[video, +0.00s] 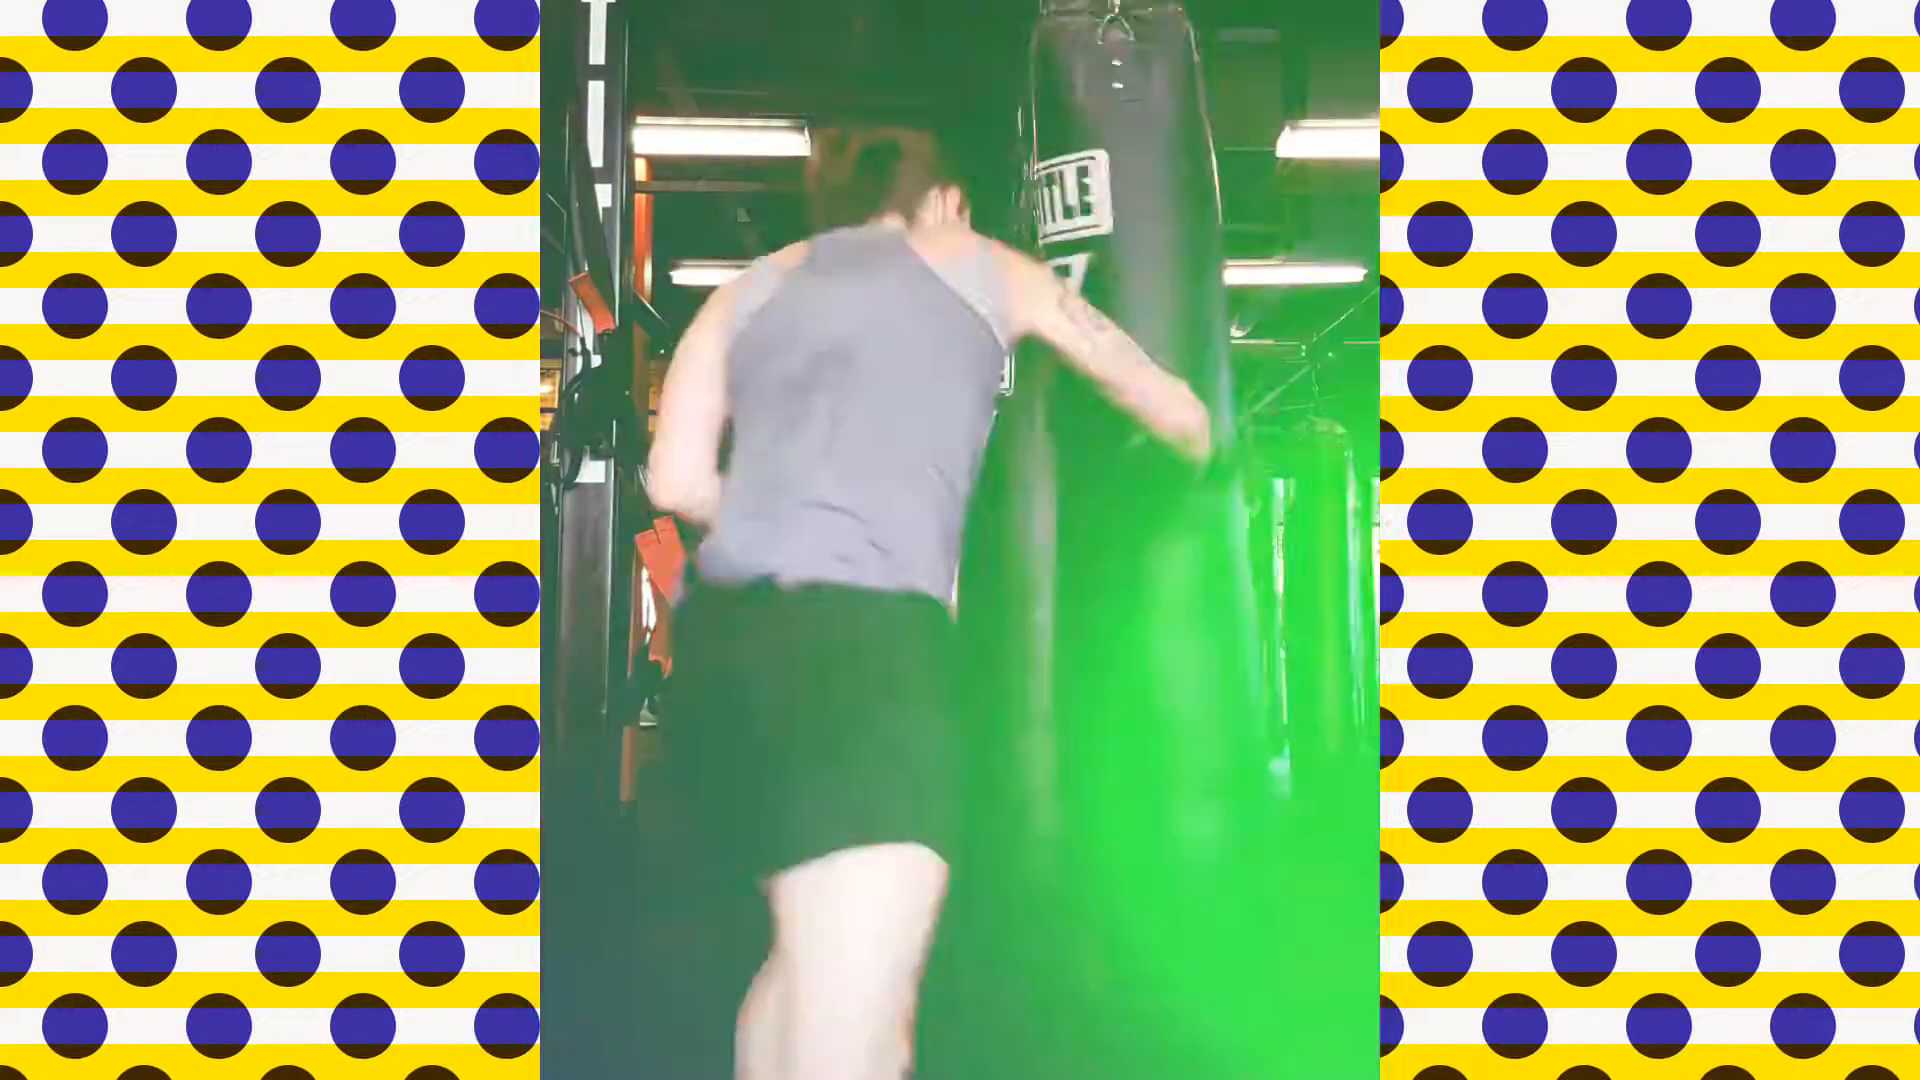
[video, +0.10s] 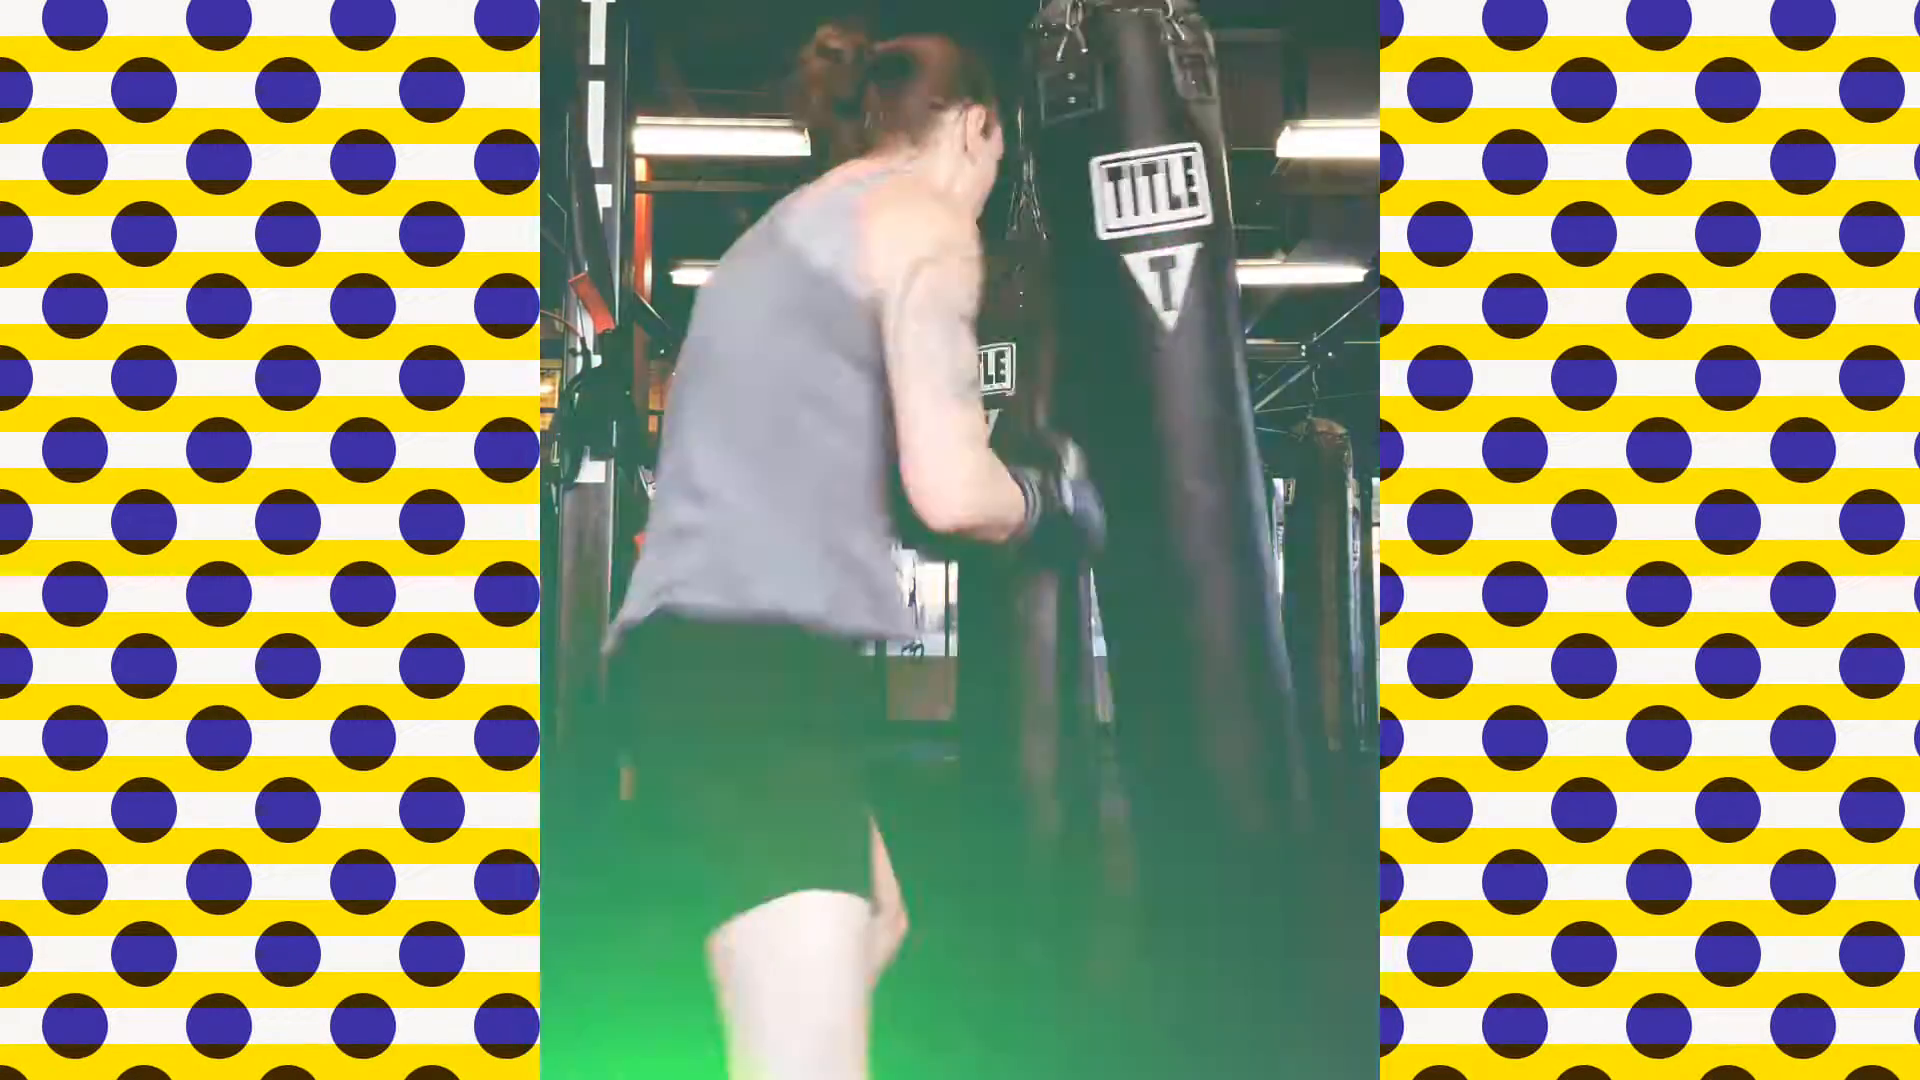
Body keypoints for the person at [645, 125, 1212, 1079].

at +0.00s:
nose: (966, 227)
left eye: (964, 219)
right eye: (967, 215)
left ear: (828, 205)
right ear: (943, 205)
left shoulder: (740, 293)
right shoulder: (982, 266)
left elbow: (677, 481)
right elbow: (1164, 403)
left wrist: (796, 525)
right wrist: (1203, 446)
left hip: (723, 649)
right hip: (866, 643)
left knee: (804, 956)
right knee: (857, 1015)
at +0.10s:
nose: (994, 177)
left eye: (998, 153)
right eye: (997, 147)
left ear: (872, 121)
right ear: (966, 124)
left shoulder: (784, 229)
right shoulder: (924, 219)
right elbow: (952, 491)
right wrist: (1042, 500)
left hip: (698, 657)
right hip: (758, 666)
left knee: (877, 917)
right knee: (805, 1061)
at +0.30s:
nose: (1037, 191)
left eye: (1047, 164)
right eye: (1046, 157)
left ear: (954, 121)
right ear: (1012, 129)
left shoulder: (885, 268)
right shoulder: (791, 233)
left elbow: (896, 328)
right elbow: (676, 473)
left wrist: (1017, 318)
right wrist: (845, 583)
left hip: (759, 651)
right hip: (632, 654)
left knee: (864, 938)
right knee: (633, 1046)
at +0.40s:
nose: (965, 240)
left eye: (971, 214)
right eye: (967, 209)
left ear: (892, 174)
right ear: (930, 180)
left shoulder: (851, 286)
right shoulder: (830, 242)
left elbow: (861, 428)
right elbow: (783, 428)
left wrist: (963, 358)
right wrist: (927, 453)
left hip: (758, 633)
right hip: (716, 626)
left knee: (824, 918)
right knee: (692, 1019)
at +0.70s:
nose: (902, 265)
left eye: (899, 244)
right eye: (893, 241)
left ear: (807, 214)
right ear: (861, 220)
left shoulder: (756, 299)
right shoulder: (818, 260)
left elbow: (915, 435)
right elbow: (926, 423)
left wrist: (1048, 475)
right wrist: (1066, 480)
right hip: (692, 660)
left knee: (812, 913)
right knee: (650, 1032)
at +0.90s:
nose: (815, 209)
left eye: (814, 189)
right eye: (814, 186)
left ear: (693, 167)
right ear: (791, 166)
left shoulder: (585, 282)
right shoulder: (804, 253)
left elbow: (530, 468)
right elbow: (849, 494)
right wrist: (903, 525)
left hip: (574, 657)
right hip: (677, 659)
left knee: (770, 921)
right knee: (700, 1052)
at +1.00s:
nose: (807, 140)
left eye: (822, 112)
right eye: (817, 100)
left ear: (745, 40)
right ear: (775, 43)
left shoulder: (622, 168)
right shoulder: (609, 158)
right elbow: (785, 403)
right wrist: (868, 270)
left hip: (628, 649)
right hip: (548, 647)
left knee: (734, 933)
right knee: (573, 1033)